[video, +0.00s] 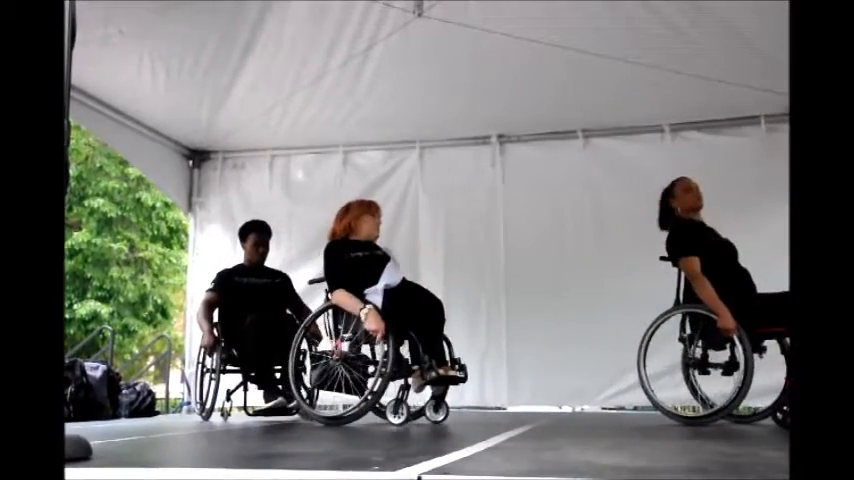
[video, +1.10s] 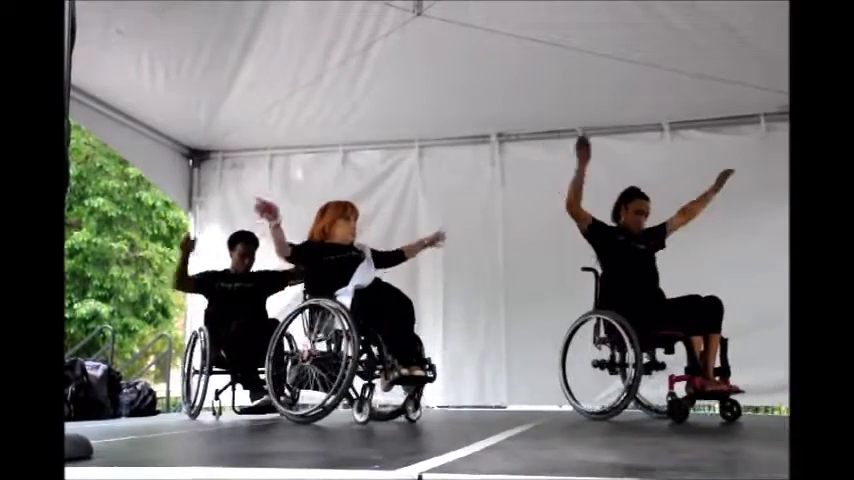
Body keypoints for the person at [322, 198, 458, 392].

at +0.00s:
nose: (379, 222)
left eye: (379, 218)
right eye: (374, 218)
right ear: (357, 221)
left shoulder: (373, 248)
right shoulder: (336, 249)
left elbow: (387, 279)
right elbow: (336, 292)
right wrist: (365, 311)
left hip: (394, 292)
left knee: (432, 306)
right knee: (417, 313)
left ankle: (437, 364)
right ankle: (422, 367)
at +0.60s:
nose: (375, 224)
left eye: (374, 220)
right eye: (370, 219)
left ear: (359, 223)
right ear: (353, 222)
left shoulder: (369, 249)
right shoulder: (331, 250)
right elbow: (318, 296)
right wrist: (348, 303)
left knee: (425, 305)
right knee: (409, 312)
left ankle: (429, 364)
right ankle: (416, 367)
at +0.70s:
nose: (370, 224)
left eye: (370, 219)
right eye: (365, 219)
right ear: (346, 222)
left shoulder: (367, 251)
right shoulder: (327, 251)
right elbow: (306, 297)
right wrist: (334, 298)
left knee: (420, 305)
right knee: (405, 310)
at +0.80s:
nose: (365, 224)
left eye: (365, 219)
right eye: (359, 218)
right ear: (340, 222)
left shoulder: (362, 251)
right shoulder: (321, 251)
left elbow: (378, 273)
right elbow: (305, 281)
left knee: (415, 305)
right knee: (397, 312)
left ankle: (420, 362)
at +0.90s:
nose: (361, 227)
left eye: (362, 221)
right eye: (356, 221)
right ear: (338, 223)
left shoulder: (359, 252)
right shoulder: (318, 252)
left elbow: (378, 282)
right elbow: (292, 287)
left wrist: (413, 286)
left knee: (407, 302)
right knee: (401, 306)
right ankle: (415, 362)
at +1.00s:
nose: (358, 226)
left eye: (358, 221)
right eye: (353, 220)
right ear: (335, 222)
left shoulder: (362, 255)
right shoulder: (316, 250)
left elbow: (391, 267)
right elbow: (284, 269)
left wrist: (422, 261)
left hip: (363, 309)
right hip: (332, 313)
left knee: (404, 303)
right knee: (387, 307)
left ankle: (414, 361)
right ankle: (401, 363)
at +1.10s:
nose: (353, 225)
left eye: (354, 220)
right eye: (347, 219)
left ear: (355, 225)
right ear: (329, 223)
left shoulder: (362, 253)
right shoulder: (314, 250)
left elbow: (394, 257)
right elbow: (285, 253)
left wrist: (425, 243)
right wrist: (274, 223)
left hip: (359, 311)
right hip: (330, 314)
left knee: (401, 305)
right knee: (383, 309)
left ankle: (410, 362)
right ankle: (401, 363)